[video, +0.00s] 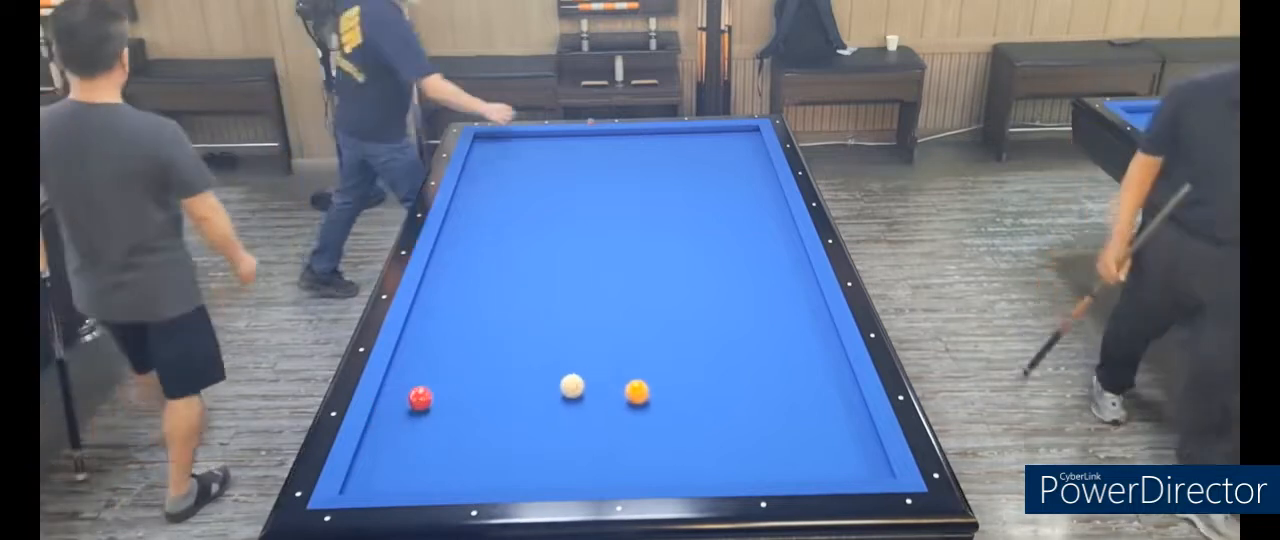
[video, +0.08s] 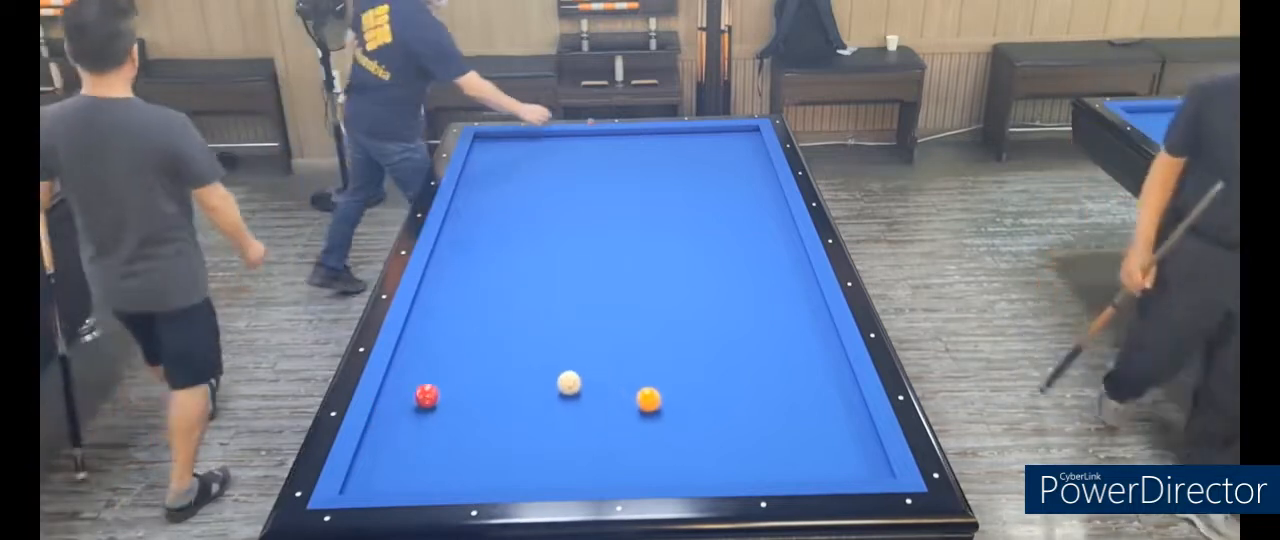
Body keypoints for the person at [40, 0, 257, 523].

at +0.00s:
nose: (130, 57)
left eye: (124, 49)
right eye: (128, 50)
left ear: (63, 62)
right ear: (123, 59)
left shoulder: (48, 128)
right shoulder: (156, 135)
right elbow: (208, 217)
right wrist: (240, 257)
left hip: (96, 293)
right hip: (161, 289)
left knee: (142, 368)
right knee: (183, 389)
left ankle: (173, 427)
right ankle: (180, 492)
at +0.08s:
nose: (138, 54)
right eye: (137, 48)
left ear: (74, 57)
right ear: (133, 55)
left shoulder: (55, 124)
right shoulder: (168, 126)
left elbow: (43, 196)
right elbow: (213, 200)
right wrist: (247, 243)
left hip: (113, 287)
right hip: (173, 284)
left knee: (157, 356)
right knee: (189, 381)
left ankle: (196, 401)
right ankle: (181, 488)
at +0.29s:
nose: (151, 35)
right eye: (148, 28)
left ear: (87, 38)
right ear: (144, 35)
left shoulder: (68, 103)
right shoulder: (178, 100)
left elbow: (58, 177)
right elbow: (218, 175)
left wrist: (89, 153)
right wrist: (253, 225)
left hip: (127, 257)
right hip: (186, 251)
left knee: (166, 331)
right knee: (217, 332)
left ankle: (206, 401)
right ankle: (198, 422)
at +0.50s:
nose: (170, 21)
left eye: (167, 14)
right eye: (168, 14)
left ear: (114, 22)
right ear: (162, 19)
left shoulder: (87, 79)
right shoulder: (188, 86)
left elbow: (76, 143)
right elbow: (223, 163)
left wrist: (111, 118)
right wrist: (256, 215)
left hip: (142, 233)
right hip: (201, 225)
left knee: (172, 319)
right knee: (236, 292)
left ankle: (201, 397)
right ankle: (239, 373)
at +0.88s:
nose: (215, 12)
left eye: (212, 6)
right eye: (214, 7)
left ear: (168, 11)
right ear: (209, 10)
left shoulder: (139, 54)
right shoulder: (230, 64)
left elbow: (126, 109)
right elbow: (257, 136)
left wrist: (159, 94)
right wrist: (280, 192)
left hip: (185, 201)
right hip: (238, 196)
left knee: (198, 273)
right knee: (260, 256)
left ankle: (198, 355)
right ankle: (260, 325)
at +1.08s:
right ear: (229, 1)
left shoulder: (168, 37)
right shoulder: (254, 43)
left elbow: (155, 98)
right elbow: (292, 114)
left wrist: (191, 89)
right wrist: (303, 151)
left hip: (210, 171)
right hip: (260, 171)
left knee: (237, 225)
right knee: (266, 245)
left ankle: (239, 298)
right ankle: (260, 324)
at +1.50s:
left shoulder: (211, 13)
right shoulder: (283, 16)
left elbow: (205, 73)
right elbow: (310, 71)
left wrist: (236, 64)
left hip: (248, 136)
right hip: (290, 136)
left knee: (271, 203)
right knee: (315, 202)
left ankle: (295, 264)